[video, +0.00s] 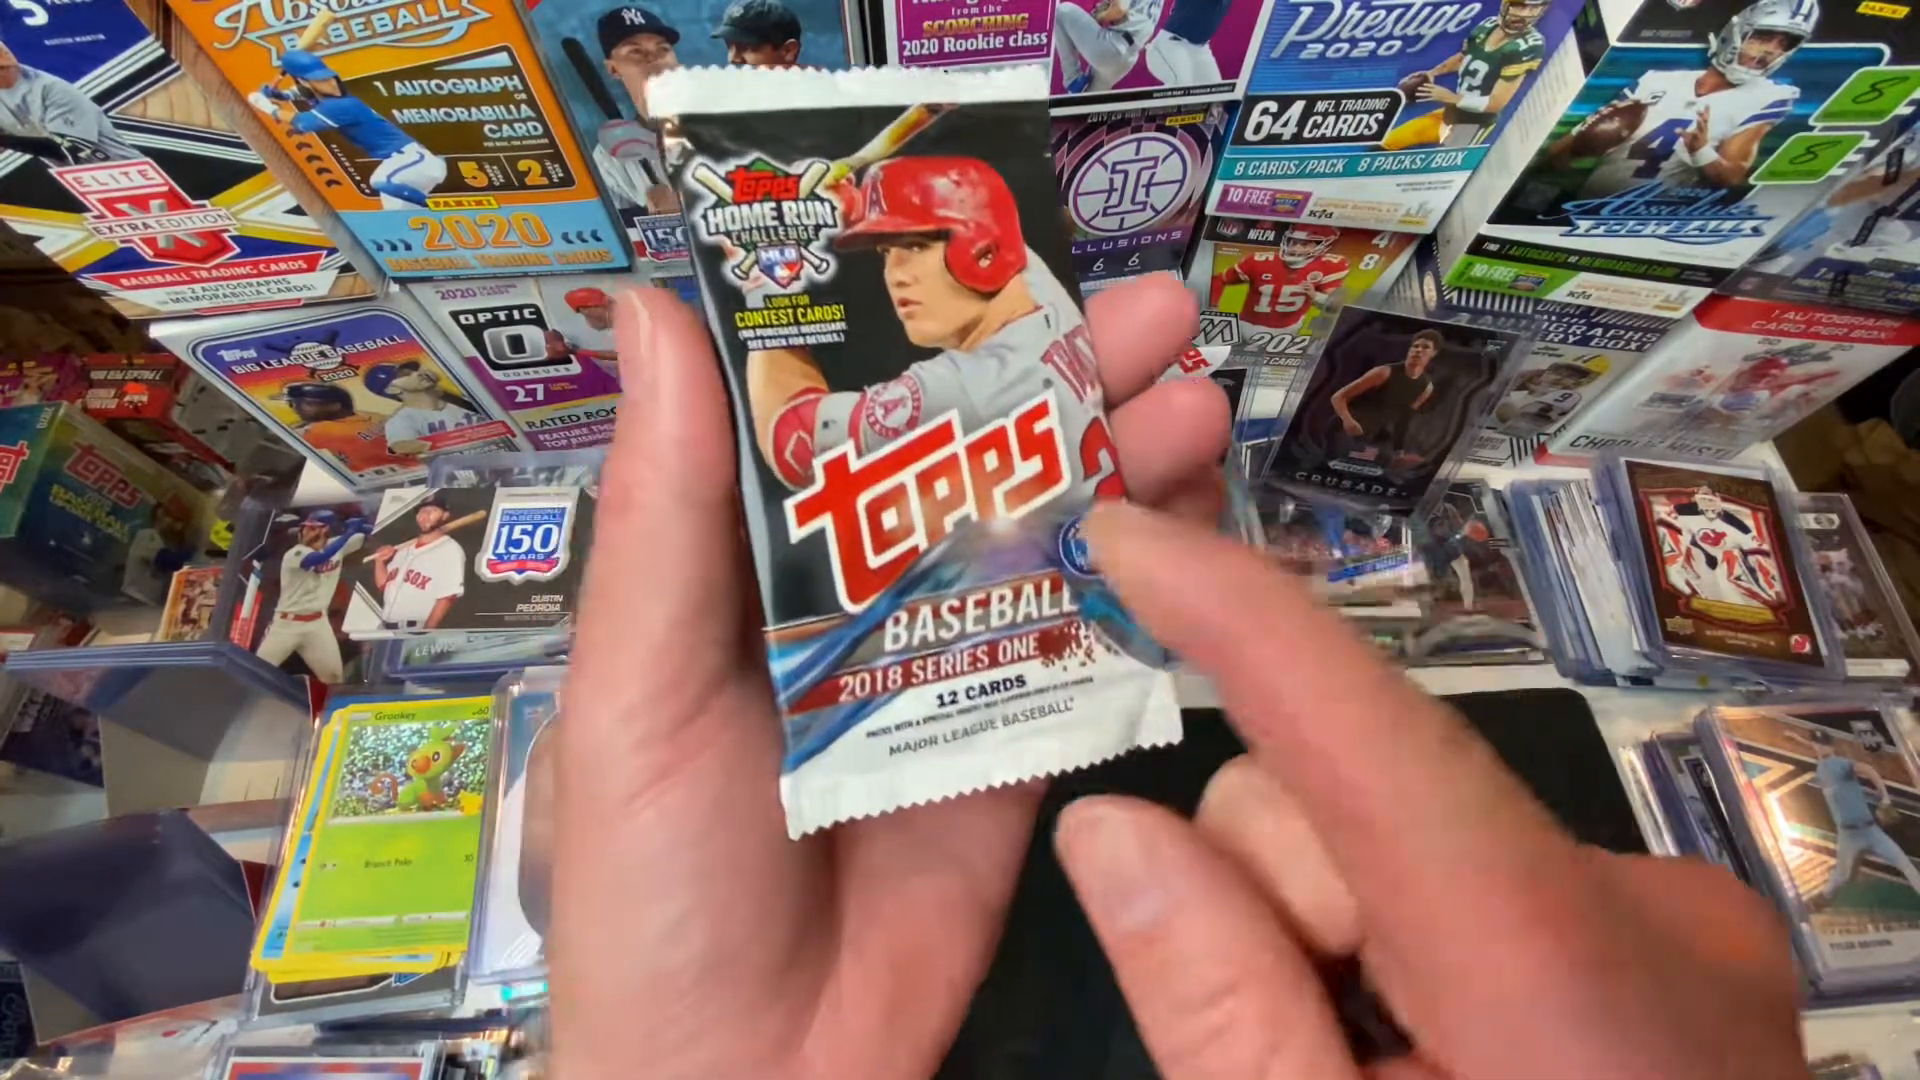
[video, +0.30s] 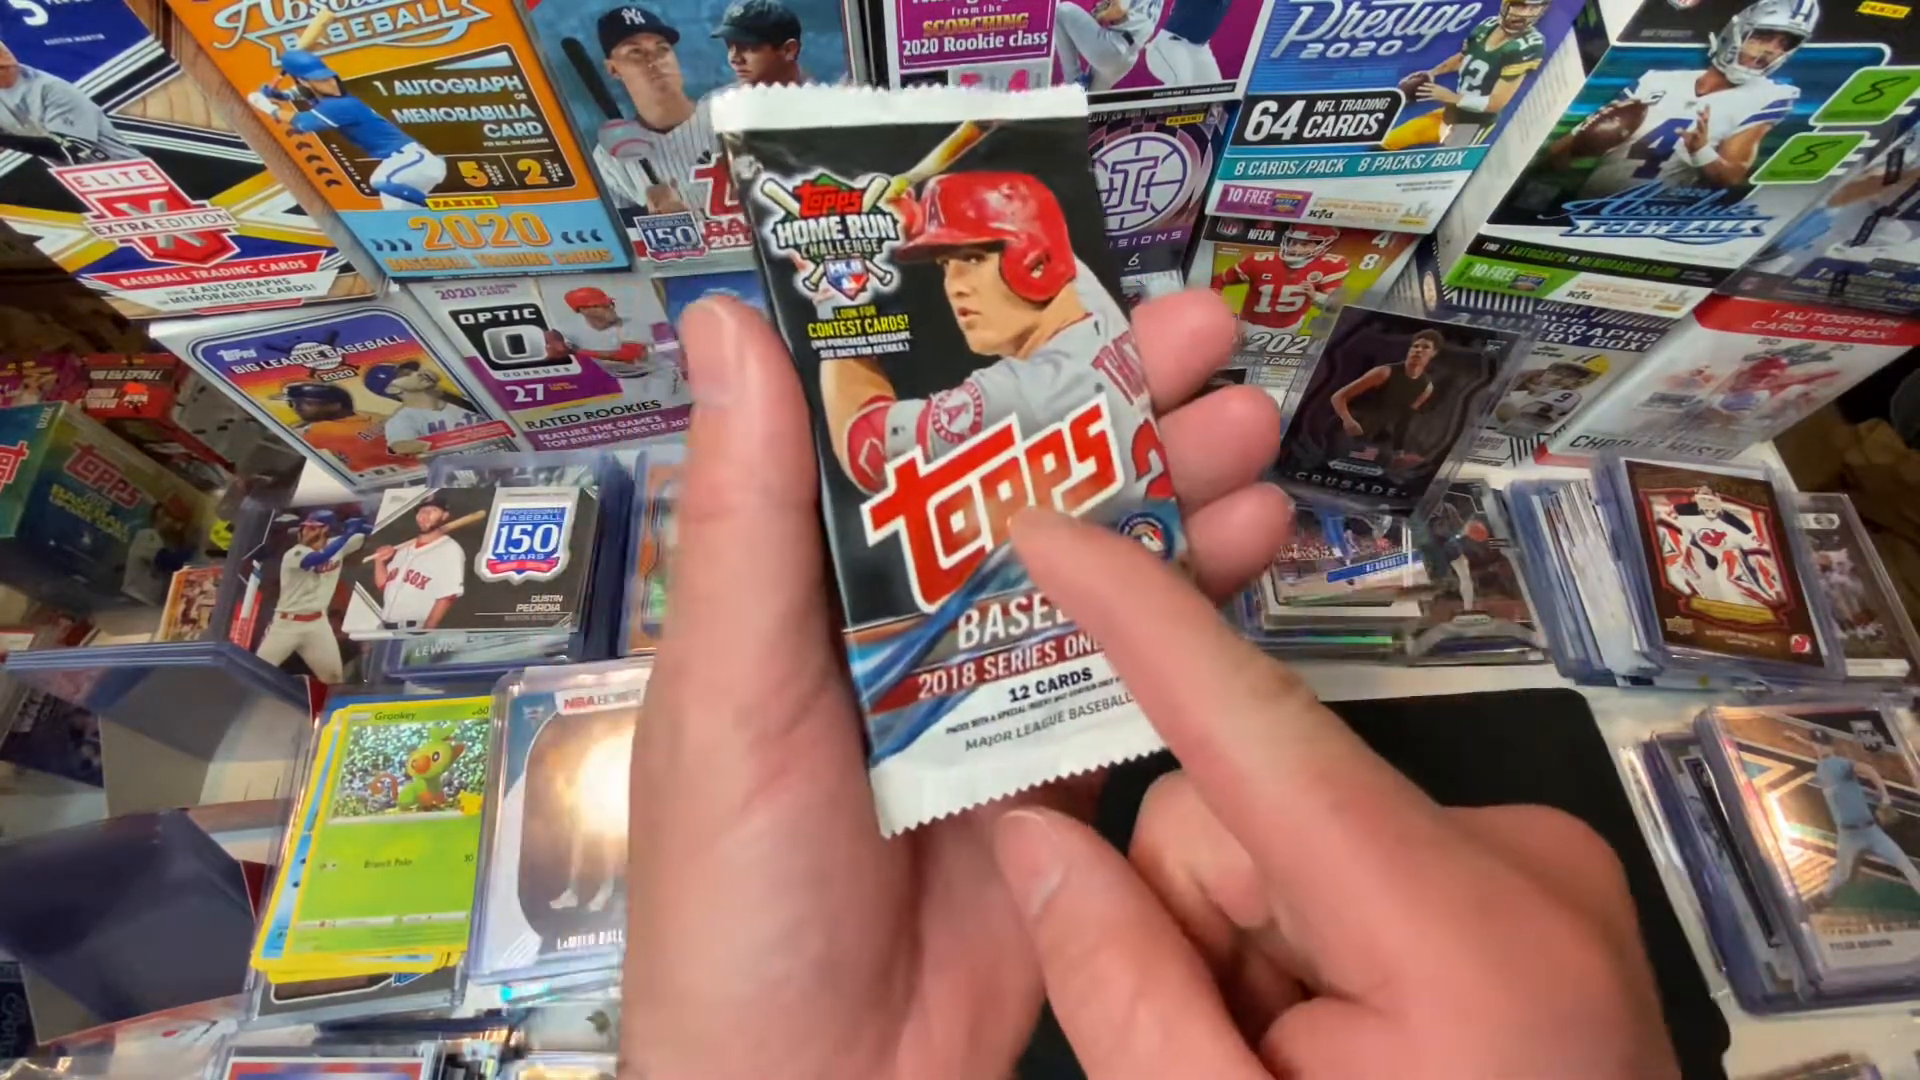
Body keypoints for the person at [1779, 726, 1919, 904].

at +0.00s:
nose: (1822, 749)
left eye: (1824, 744)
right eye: (1818, 746)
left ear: (1831, 745)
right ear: (1814, 748)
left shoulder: (1840, 764)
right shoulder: (1822, 767)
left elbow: (1869, 770)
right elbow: (1812, 746)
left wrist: (1884, 797)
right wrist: (1796, 738)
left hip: (1870, 829)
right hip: (1847, 834)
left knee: (1903, 862)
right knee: (1842, 874)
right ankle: (1825, 896)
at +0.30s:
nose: (1822, 749)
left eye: (1824, 744)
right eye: (1818, 745)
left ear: (1830, 745)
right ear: (1814, 748)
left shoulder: (1839, 764)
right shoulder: (1823, 767)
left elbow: (1869, 770)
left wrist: (1885, 797)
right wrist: (1796, 738)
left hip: (1871, 829)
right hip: (1847, 834)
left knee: (1903, 862)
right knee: (1842, 874)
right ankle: (1825, 896)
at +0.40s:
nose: (1823, 749)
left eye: (1825, 744)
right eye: (1819, 745)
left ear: (1831, 745)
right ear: (1814, 748)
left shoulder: (1839, 764)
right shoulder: (1823, 767)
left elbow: (1868, 770)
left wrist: (1884, 797)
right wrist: (1796, 738)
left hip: (1871, 829)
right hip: (1847, 834)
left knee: (1904, 863)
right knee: (1842, 874)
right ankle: (1825, 896)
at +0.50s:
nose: (1823, 749)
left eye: (1825, 744)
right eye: (1819, 745)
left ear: (1831, 745)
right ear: (1814, 748)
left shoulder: (1839, 764)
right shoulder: (1823, 767)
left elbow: (1868, 770)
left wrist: (1884, 797)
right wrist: (1796, 738)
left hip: (1871, 829)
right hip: (1847, 834)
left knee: (1904, 863)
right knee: (1842, 875)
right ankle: (1825, 896)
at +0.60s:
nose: (1823, 749)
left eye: (1825, 744)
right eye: (1819, 745)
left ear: (1831, 745)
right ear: (1814, 747)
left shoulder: (1839, 764)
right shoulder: (1823, 767)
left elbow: (1868, 770)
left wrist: (1885, 797)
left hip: (1871, 828)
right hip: (1847, 834)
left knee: (1904, 864)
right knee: (1843, 875)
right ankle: (1823, 897)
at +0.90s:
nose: (1824, 749)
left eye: (1826, 744)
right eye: (1819, 745)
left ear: (1831, 745)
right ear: (1814, 748)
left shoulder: (1839, 764)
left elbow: (1868, 770)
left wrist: (1885, 797)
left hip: (1871, 829)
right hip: (1847, 834)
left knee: (1904, 863)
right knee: (1842, 875)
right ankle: (1824, 897)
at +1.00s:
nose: (1823, 749)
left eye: (1826, 744)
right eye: (1819, 746)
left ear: (1831, 745)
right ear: (1814, 748)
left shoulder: (1839, 764)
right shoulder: (1823, 766)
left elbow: (1868, 770)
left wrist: (1885, 797)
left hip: (1870, 828)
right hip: (1847, 834)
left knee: (1904, 864)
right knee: (1843, 874)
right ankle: (1823, 897)